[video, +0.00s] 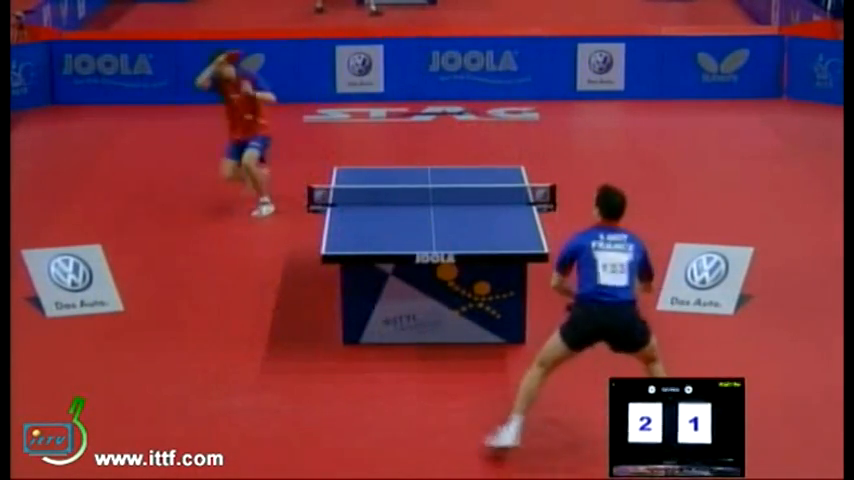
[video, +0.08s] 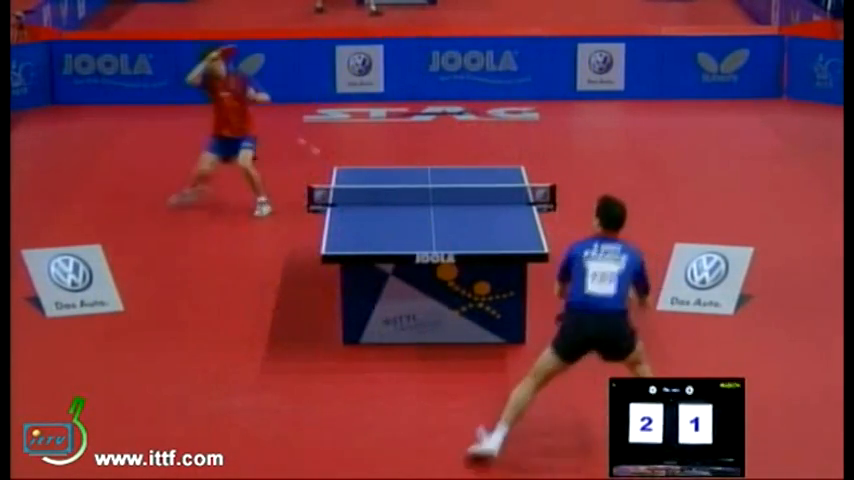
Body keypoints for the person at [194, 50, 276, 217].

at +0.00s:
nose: (225, 71)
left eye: (227, 66)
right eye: (222, 69)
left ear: (233, 65)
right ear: (219, 72)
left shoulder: (249, 79)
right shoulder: (222, 84)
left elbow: (271, 97)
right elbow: (200, 84)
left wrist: (252, 93)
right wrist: (215, 66)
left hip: (257, 132)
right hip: (237, 135)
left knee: (248, 162)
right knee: (228, 172)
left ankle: (265, 200)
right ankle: (257, 175)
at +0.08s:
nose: (218, 67)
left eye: (220, 63)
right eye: (214, 64)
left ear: (226, 64)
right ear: (210, 68)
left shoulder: (239, 80)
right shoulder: (211, 83)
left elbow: (266, 97)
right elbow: (191, 80)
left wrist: (254, 97)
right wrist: (206, 62)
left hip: (243, 134)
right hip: (221, 134)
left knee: (244, 164)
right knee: (203, 170)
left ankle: (262, 200)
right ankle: (190, 194)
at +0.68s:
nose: (281, 50)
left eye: (283, 45)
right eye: (277, 46)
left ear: (286, 47)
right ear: (269, 48)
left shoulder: (294, 66)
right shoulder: (259, 67)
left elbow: (305, 84)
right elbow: (242, 89)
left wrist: (309, 105)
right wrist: (254, 108)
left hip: (290, 116)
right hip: (268, 117)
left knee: (303, 154)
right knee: (260, 155)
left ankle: (294, 184)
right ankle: (256, 187)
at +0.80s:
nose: (309, 62)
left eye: (311, 58)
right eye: (305, 59)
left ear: (313, 59)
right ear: (297, 61)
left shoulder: (319, 76)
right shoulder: (287, 80)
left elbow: (330, 96)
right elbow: (278, 106)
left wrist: (345, 109)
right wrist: (303, 119)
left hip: (317, 125)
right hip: (292, 129)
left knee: (346, 155)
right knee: (275, 164)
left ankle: (368, 183)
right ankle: (266, 193)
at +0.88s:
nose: (338, 63)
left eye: (339, 59)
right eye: (334, 60)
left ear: (339, 60)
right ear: (325, 61)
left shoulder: (343, 74)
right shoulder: (314, 79)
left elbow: (353, 91)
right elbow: (309, 109)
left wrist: (366, 101)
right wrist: (338, 116)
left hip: (337, 126)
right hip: (313, 129)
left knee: (372, 153)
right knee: (289, 163)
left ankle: (386, 189)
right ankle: (268, 192)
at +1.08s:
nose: (403, 45)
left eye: (404, 41)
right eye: (400, 41)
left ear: (405, 41)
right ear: (391, 41)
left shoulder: (403, 57)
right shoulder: (376, 62)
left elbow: (409, 73)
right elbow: (368, 90)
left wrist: (426, 85)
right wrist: (392, 102)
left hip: (396, 116)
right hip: (375, 116)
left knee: (409, 152)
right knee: (358, 154)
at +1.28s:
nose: (447, 31)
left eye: (449, 26)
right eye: (443, 27)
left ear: (451, 24)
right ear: (433, 25)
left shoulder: (449, 43)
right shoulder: (422, 44)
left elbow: (452, 65)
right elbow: (405, 68)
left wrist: (463, 84)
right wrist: (419, 95)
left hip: (444, 97)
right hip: (426, 98)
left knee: (454, 134)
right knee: (432, 137)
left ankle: (447, 173)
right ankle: (430, 177)